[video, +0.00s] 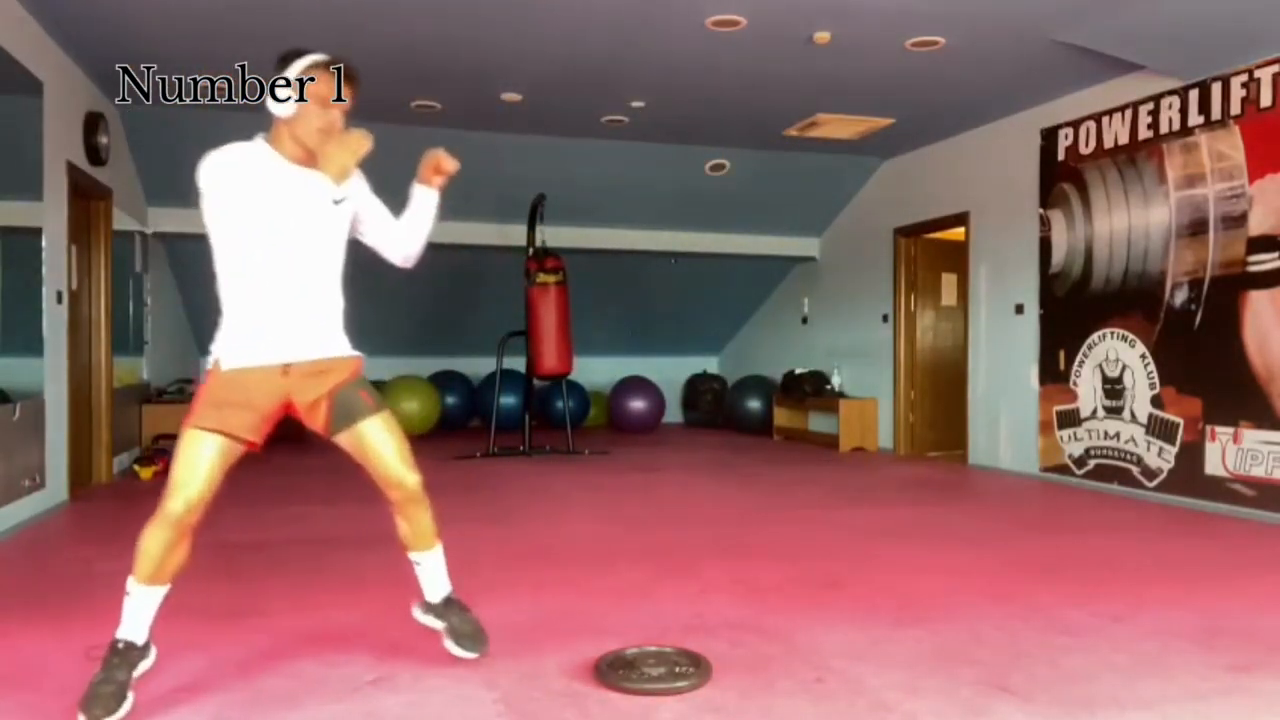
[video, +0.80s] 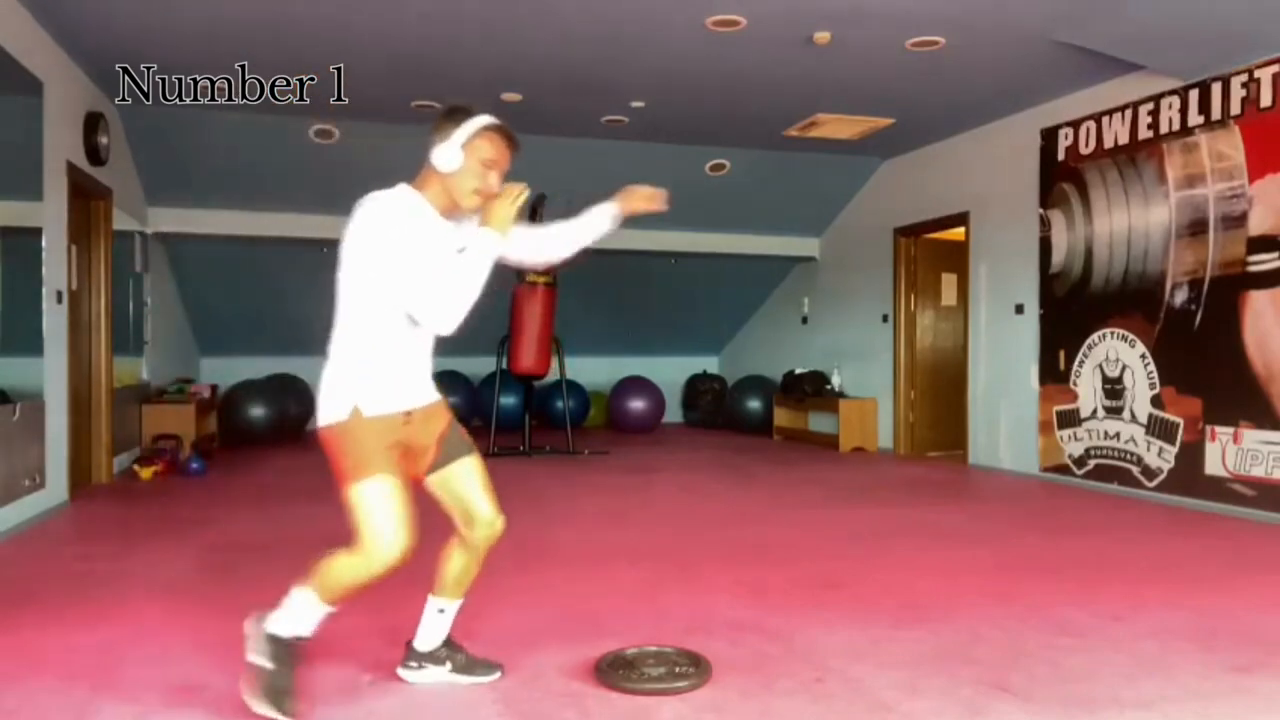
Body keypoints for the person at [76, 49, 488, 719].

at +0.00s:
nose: (342, 116)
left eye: (346, 105)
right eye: (332, 100)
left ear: (341, 112)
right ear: (286, 98)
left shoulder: (341, 177)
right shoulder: (223, 168)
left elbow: (402, 249)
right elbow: (257, 230)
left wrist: (428, 188)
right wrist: (334, 167)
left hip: (329, 367)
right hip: (241, 372)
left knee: (407, 483)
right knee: (179, 507)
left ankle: (439, 598)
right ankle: (129, 644)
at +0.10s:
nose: (308, 142)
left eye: (314, 130)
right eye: (295, 126)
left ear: (316, 134)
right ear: (253, 123)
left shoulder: (308, 197)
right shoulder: (190, 188)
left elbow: (364, 274)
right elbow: (217, 261)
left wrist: (392, 214)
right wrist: (298, 195)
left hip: (298, 383)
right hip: (208, 391)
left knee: (378, 497)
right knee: (151, 532)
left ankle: (373, 603)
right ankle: (110, 661)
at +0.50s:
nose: (357, 141)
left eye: (363, 129)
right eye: (348, 124)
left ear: (359, 129)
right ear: (306, 112)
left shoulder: (339, 194)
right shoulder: (238, 172)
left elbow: (382, 274)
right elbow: (286, 255)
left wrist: (410, 207)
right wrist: (360, 184)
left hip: (316, 378)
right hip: (237, 385)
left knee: (392, 489)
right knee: (200, 526)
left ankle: (419, 627)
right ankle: (149, 635)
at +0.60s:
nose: (396, 179)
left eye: (403, 168)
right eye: (386, 162)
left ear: (400, 173)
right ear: (346, 156)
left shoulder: (360, 235)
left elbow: (368, 320)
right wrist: (415, 233)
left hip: (335, 409)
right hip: (262, 419)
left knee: (430, 508)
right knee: (215, 544)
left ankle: (427, 648)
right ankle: (154, 644)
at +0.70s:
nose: (451, 184)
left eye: (459, 171)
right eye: (441, 166)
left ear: (458, 175)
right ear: (402, 158)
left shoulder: (411, 235)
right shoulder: (342, 215)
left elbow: (438, 318)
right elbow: (397, 314)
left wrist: (474, 254)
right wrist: (457, 242)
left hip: (378, 407)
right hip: (311, 416)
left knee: (462, 516)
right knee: (269, 564)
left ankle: (427, 648)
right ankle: (171, 625)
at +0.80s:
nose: (495, 184)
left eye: (502, 173)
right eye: (486, 167)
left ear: (497, 174)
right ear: (446, 160)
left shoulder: (458, 226)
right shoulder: (383, 214)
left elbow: (538, 247)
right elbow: (440, 314)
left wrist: (615, 209)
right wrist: (490, 233)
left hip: (417, 399)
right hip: (356, 407)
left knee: (482, 523)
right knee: (386, 543)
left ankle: (428, 651)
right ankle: (277, 632)